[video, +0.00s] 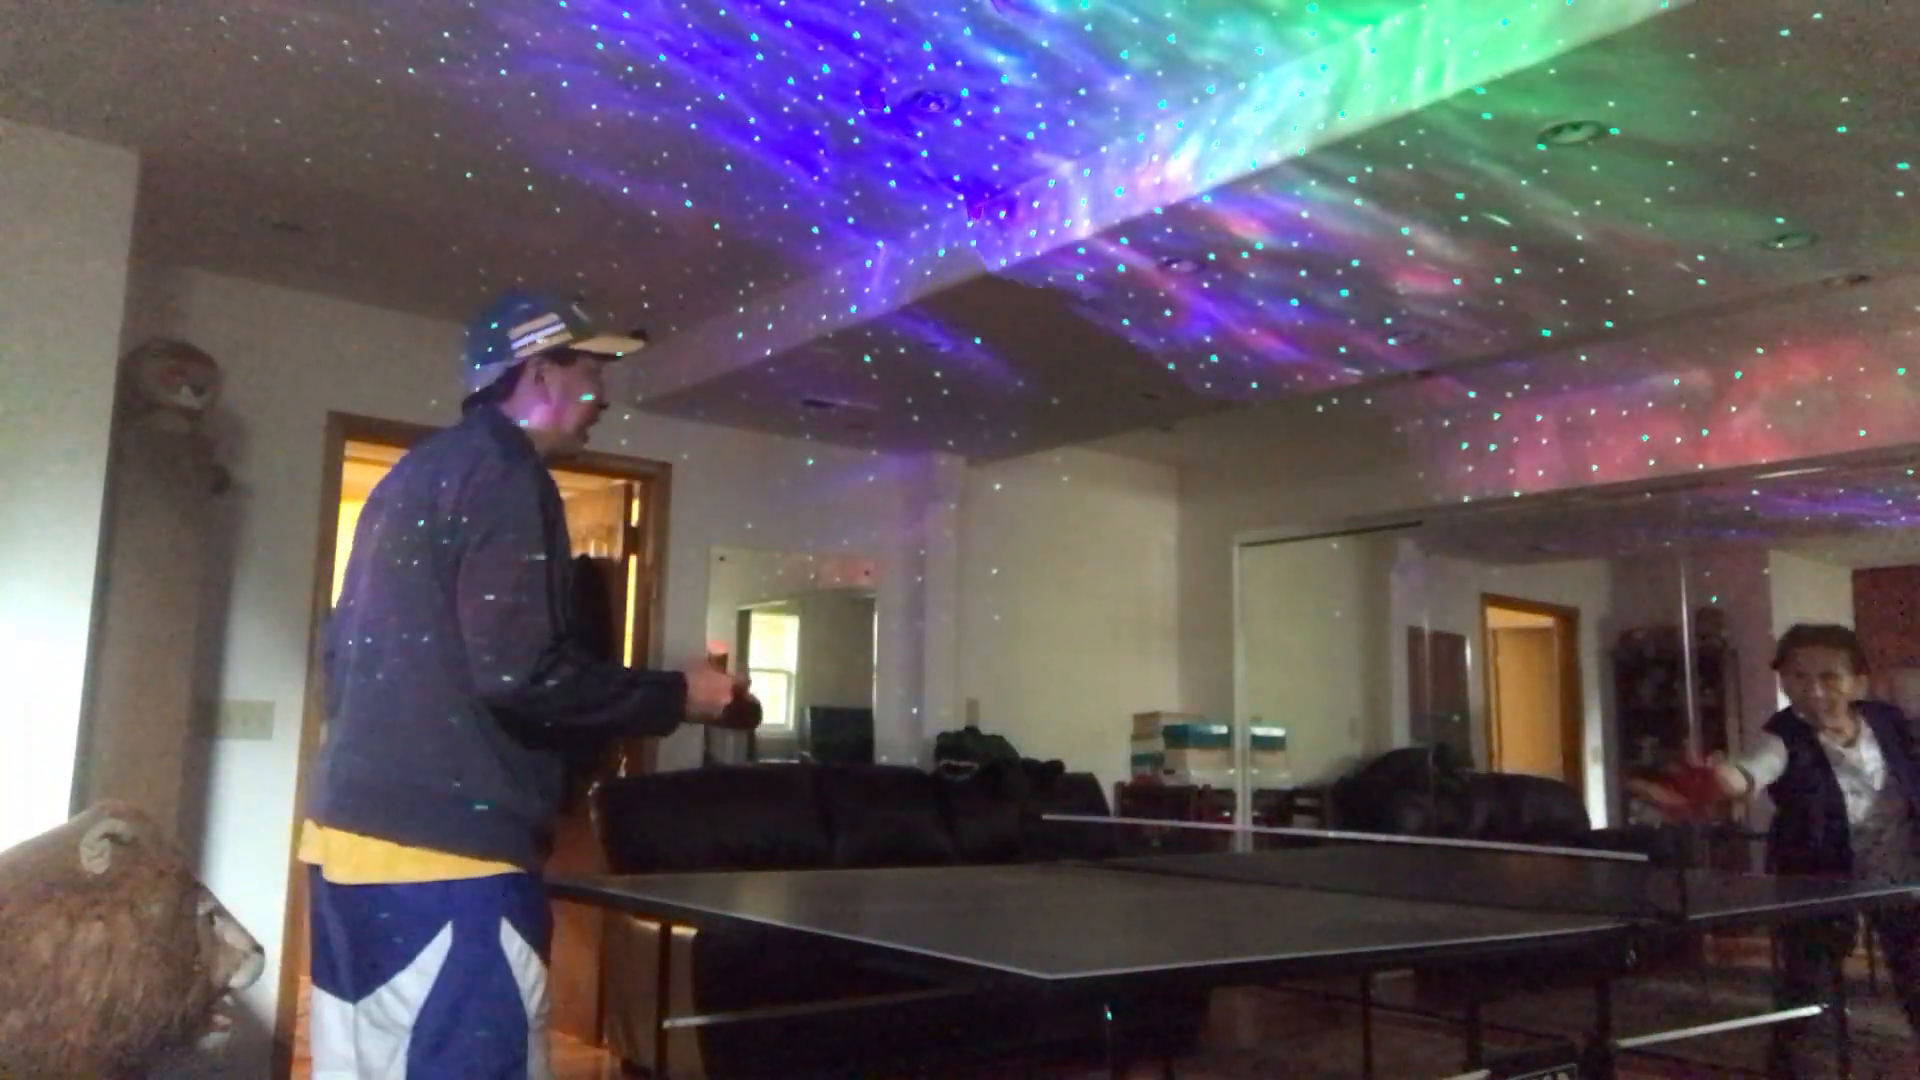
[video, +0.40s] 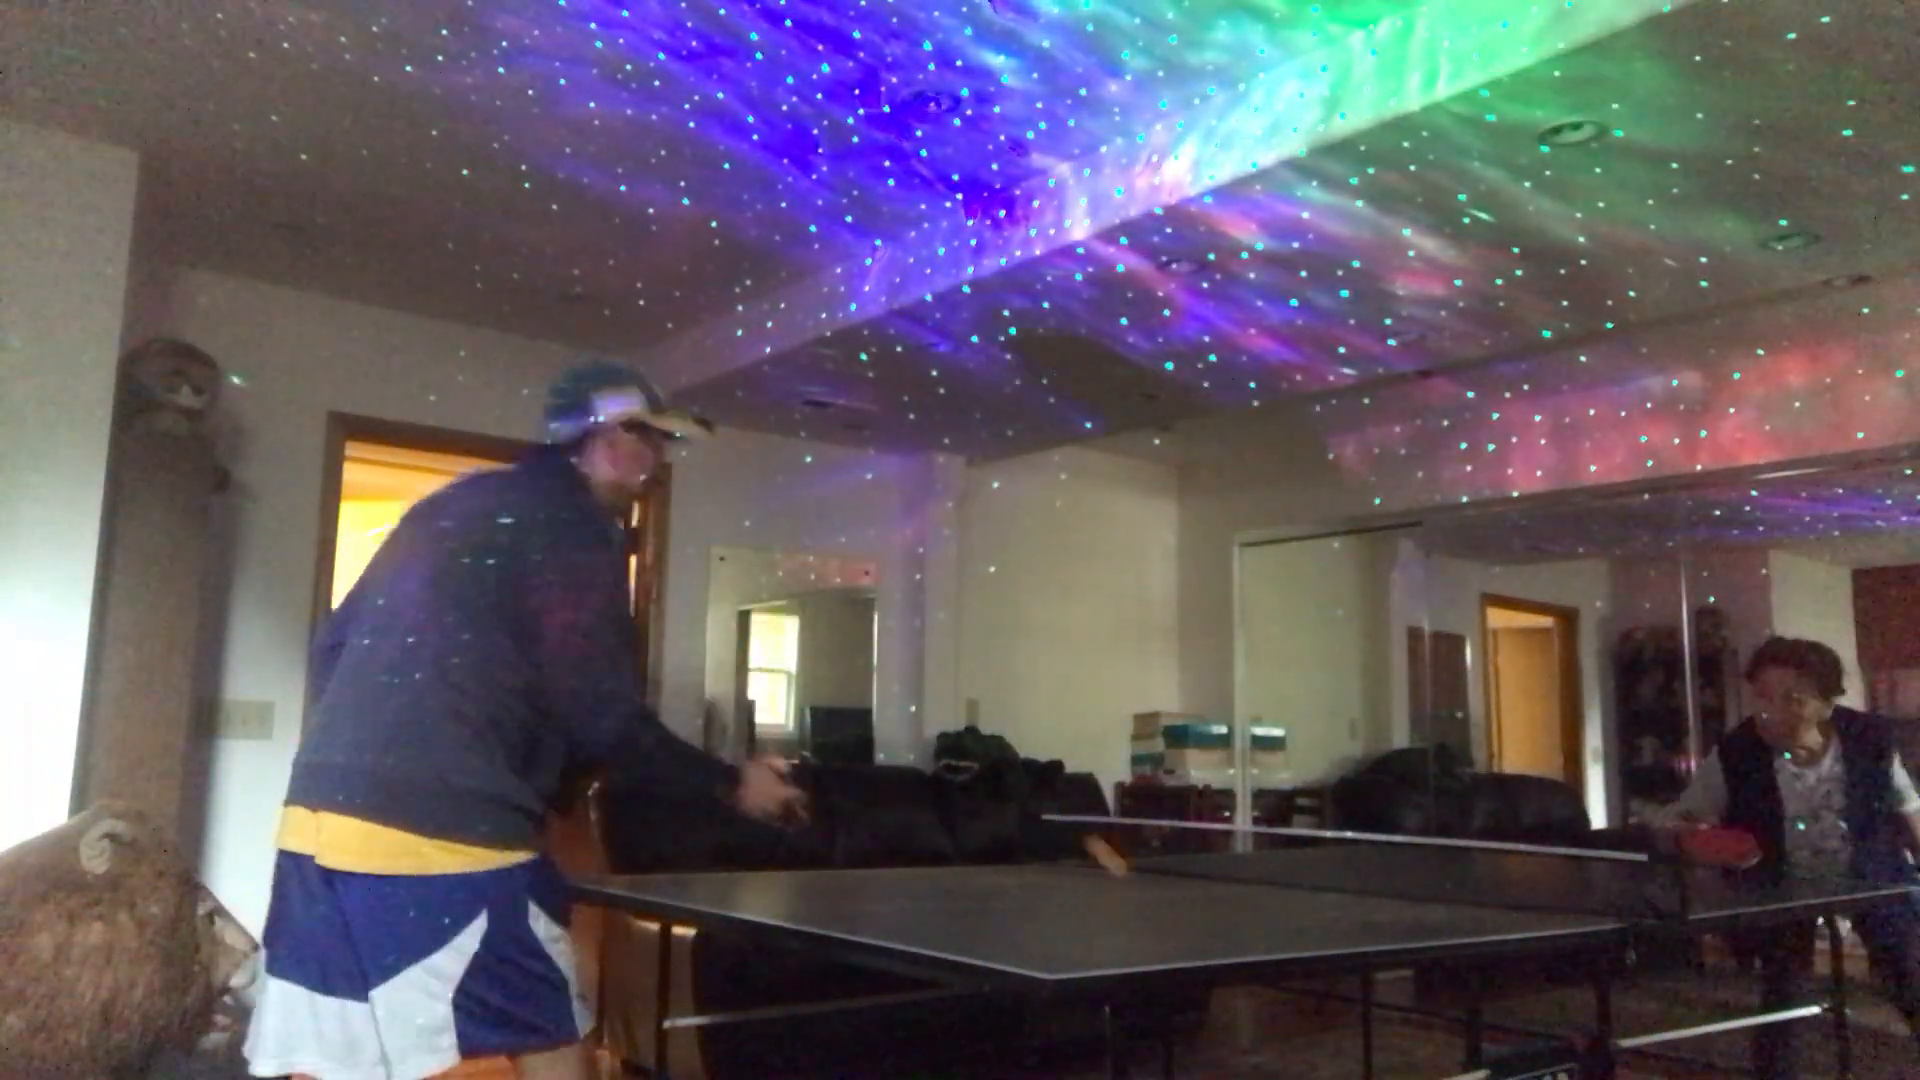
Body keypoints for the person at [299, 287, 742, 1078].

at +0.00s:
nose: (601, 399)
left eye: (600, 378)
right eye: (592, 376)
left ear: (524, 376)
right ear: (539, 374)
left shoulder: (409, 471)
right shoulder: (508, 477)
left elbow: (343, 642)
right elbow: (517, 670)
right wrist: (677, 695)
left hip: (355, 841)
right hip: (453, 853)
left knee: (363, 1061)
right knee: (472, 1061)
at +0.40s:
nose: (663, 461)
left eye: (663, 443)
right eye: (651, 438)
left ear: (590, 437)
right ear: (599, 437)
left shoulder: (444, 505)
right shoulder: (576, 527)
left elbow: (333, 641)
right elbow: (601, 718)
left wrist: (351, 771)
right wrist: (732, 783)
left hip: (317, 823)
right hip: (445, 830)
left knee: (322, 1062)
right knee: (552, 1053)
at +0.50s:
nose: (696, 501)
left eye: (698, 481)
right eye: (690, 478)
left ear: (597, 469)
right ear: (645, 474)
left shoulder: (471, 521)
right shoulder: (626, 564)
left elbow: (343, 636)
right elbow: (673, 748)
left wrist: (349, 775)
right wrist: (785, 808)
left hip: (320, 837)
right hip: (461, 854)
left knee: (298, 1067)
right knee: (536, 1064)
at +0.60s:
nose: (726, 529)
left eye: (730, 509)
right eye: (721, 507)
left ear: (632, 487)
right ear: (678, 496)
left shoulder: (505, 527)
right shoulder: (675, 597)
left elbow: (361, 628)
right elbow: (742, 759)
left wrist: (330, 785)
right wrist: (866, 783)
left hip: (351, 812)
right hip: (498, 840)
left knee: (322, 1062)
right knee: (577, 1052)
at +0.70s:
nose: (748, 524)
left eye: (750, 506)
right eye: (741, 504)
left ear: (655, 484)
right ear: (702, 495)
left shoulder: (526, 516)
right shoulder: (711, 590)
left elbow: (385, 596)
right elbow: (821, 721)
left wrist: (317, 739)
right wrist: (930, 716)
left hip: (383, 806)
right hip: (527, 835)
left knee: (326, 1053)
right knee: (596, 1056)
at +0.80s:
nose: (758, 511)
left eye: (761, 496)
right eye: (754, 495)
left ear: (661, 473)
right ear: (718, 487)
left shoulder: (539, 506)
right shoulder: (732, 578)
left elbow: (404, 571)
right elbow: (841, 670)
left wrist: (328, 710)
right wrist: (955, 618)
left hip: (405, 799)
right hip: (546, 830)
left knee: (374, 1057)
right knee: (606, 1060)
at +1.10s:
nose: (712, 463)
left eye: (715, 445)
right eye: (702, 442)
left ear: (620, 440)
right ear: (660, 444)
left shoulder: (504, 506)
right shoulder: (661, 528)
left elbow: (400, 637)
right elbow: (738, 672)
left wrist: (442, 745)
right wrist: (848, 623)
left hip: (405, 812)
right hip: (538, 826)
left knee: (391, 1058)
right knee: (606, 1055)